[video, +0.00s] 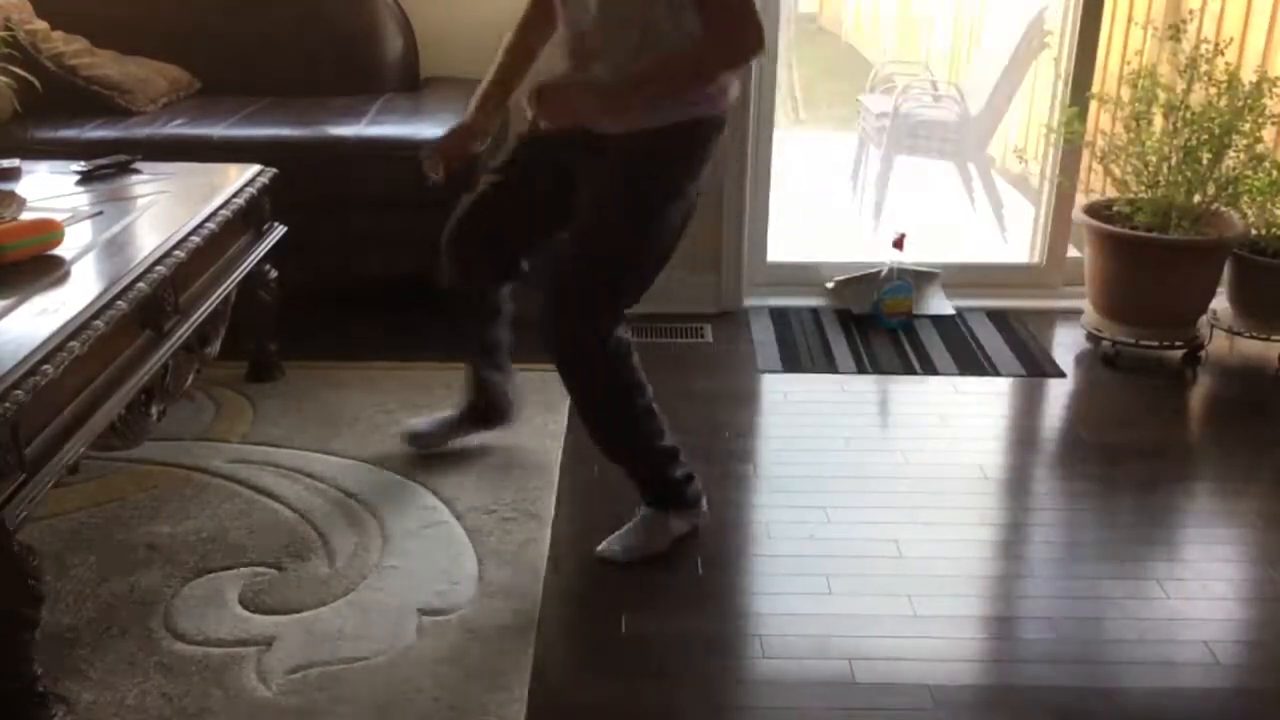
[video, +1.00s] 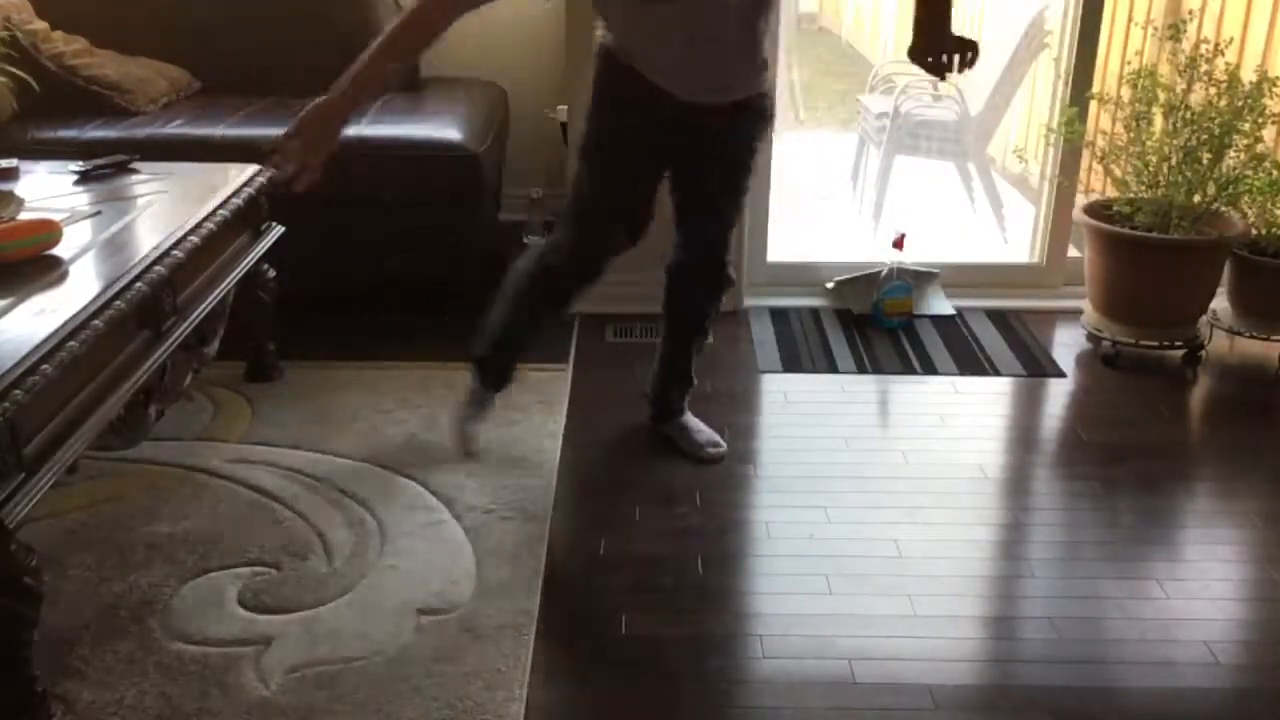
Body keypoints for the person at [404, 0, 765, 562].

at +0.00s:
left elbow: (741, 36)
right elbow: (544, 11)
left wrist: (605, 101)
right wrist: (480, 117)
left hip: (671, 127)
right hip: (580, 121)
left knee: (580, 311)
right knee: (476, 243)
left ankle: (674, 500)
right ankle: (491, 398)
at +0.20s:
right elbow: (333, 16)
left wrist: (588, 98)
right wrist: (286, 139)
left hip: (499, 104)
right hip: (394, 86)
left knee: (433, 269)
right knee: (341, 261)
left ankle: (447, 446)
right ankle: (300, 406)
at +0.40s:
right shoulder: (263, 3)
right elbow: (229, 57)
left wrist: (540, 66)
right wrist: (186, 195)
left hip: (455, 78)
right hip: (348, 66)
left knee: (362, 244)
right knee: (312, 239)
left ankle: (326, 404)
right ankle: (291, 399)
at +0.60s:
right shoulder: (248, 7)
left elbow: (515, 7)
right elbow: (217, 68)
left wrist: (539, 72)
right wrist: (183, 200)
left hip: (476, 76)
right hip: (369, 75)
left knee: (453, 246)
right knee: (331, 248)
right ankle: (294, 403)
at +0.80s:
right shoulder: (353, 6)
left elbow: (652, 33)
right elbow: (270, 63)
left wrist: (694, 162)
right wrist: (202, 176)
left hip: (560, 109)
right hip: (440, 112)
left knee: (623, 267)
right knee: (372, 269)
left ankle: (669, 411)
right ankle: (294, 409)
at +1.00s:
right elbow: (442, 13)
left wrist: (926, 30)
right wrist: (330, 113)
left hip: (736, 86)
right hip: (635, 66)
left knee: (703, 259)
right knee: (586, 244)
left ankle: (671, 410)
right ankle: (485, 380)